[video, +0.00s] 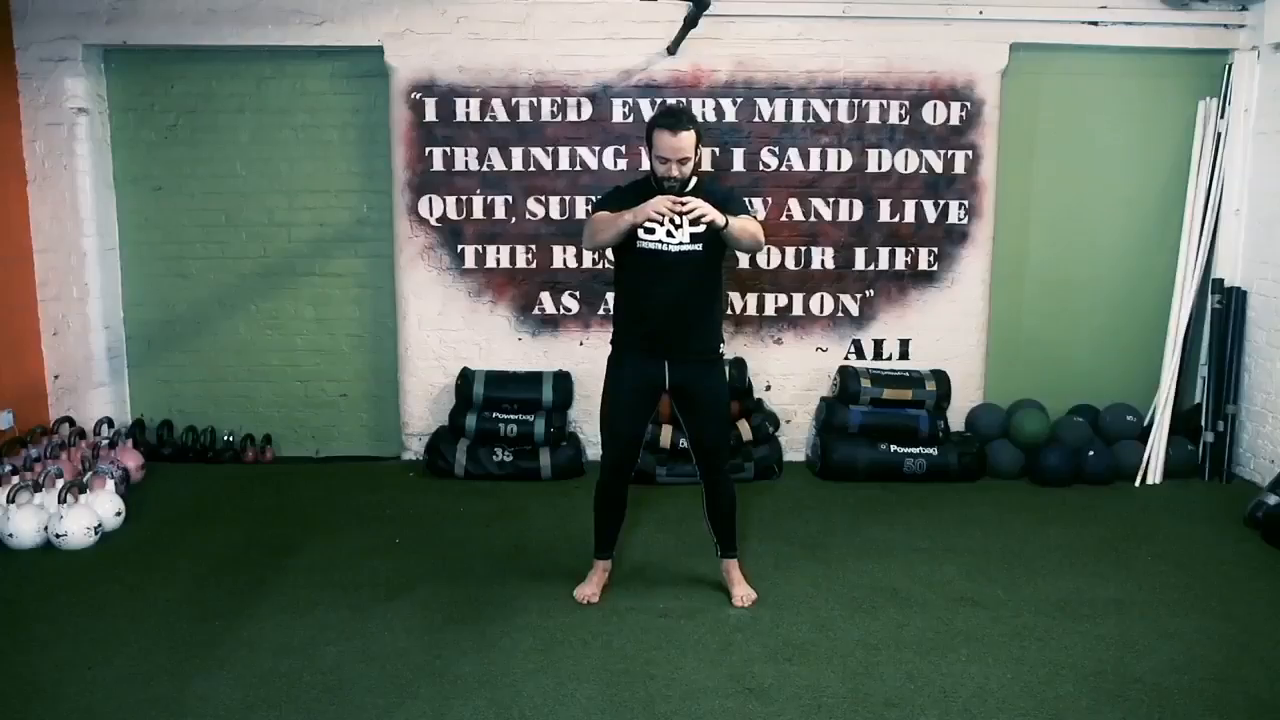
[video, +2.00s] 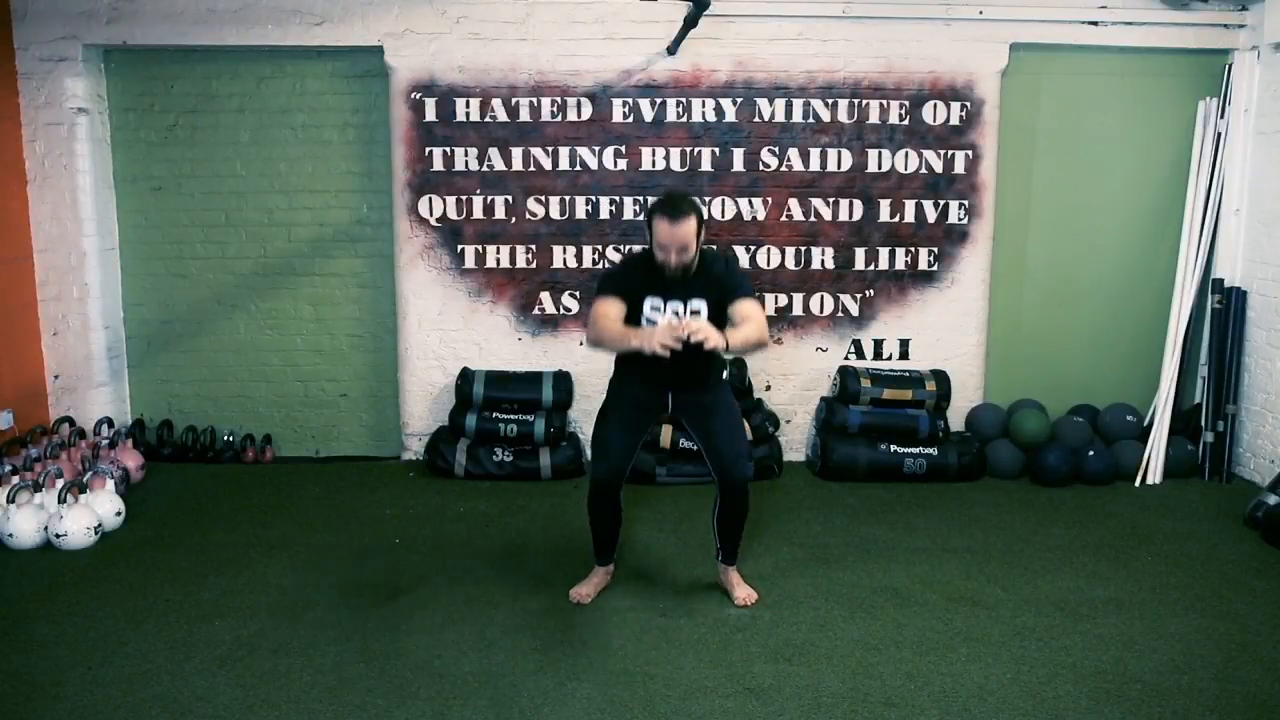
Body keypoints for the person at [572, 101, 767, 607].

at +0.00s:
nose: (673, 169)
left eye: (682, 159)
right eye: (664, 159)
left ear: (697, 153)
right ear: (649, 152)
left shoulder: (716, 194)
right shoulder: (626, 196)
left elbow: (755, 238)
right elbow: (591, 237)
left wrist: (720, 220)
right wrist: (636, 215)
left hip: (698, 353)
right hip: (634, 352)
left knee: (715, 461)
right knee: (616, 459)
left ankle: (730, 562)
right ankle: (601, 563)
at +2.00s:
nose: (673, 259)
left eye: (682, 250)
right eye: (663, 249)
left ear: (699, 235)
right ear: (650, 237)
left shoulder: (721, 270)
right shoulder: (628, 272)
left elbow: (757, 329)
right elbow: (598, 330)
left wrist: (724, 338)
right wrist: (643, 336)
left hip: (703, 386)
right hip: (637, 384)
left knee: (736, 472)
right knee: (605, 471)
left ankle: (728, 565)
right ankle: (603, 566)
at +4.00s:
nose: (525, 284)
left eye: (536, 275)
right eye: (517, 273)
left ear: (552, 264)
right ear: (502, 261)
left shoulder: (570, 292)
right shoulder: (481, 294)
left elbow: (618, 345)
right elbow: (440, 349)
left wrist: (567, 332)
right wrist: (492, 330)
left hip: (564, 411)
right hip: (493, 414)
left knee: (639, 484)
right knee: (431, 483)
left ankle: (713, 565)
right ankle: (416, 575)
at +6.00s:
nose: (675, 237)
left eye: (684, 227)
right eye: (666, 227)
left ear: (701, 217)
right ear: (653, 218)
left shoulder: (721, 254)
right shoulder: (635, 253)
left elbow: (771, 306)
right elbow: (597, 306)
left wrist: (731, 300)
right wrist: (650, 296)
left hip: (704, 379)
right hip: (640, 378)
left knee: (734, 472)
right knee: (615, 472)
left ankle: (723, 567)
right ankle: (617, 563)